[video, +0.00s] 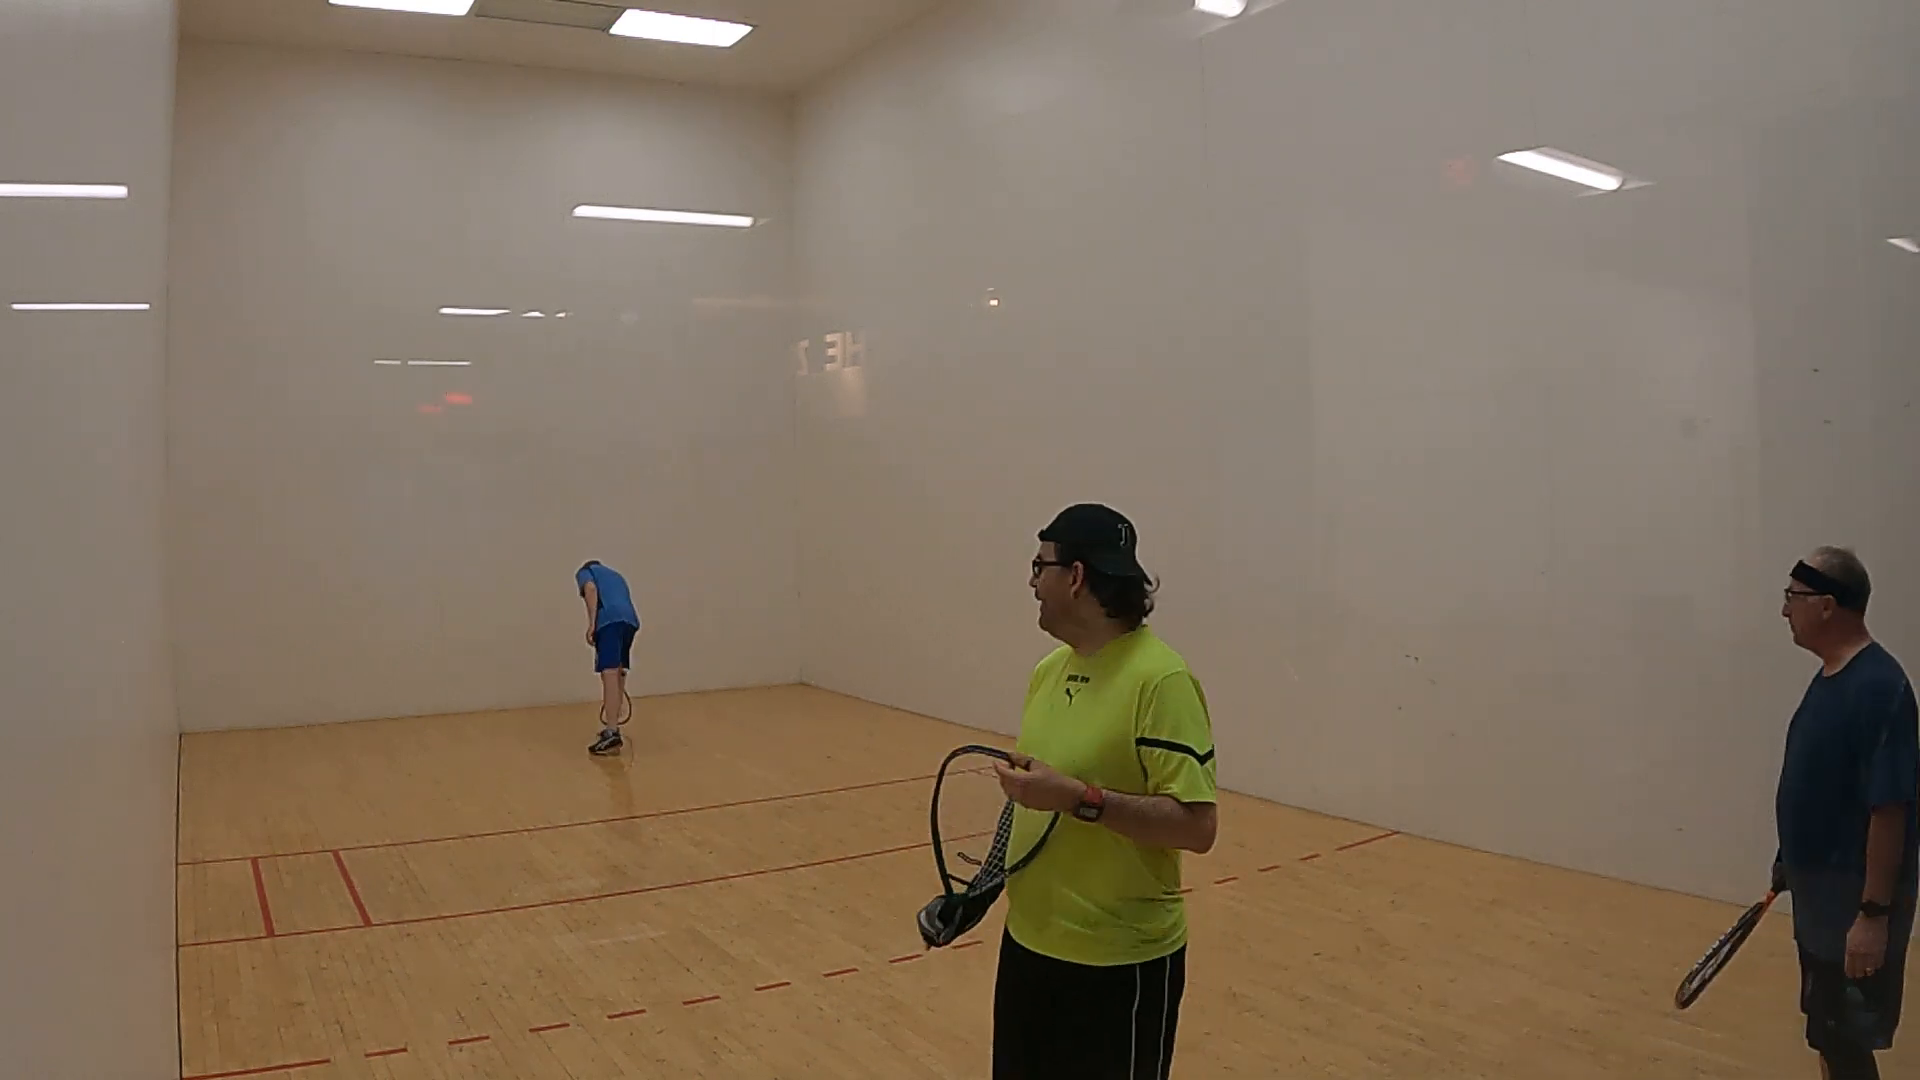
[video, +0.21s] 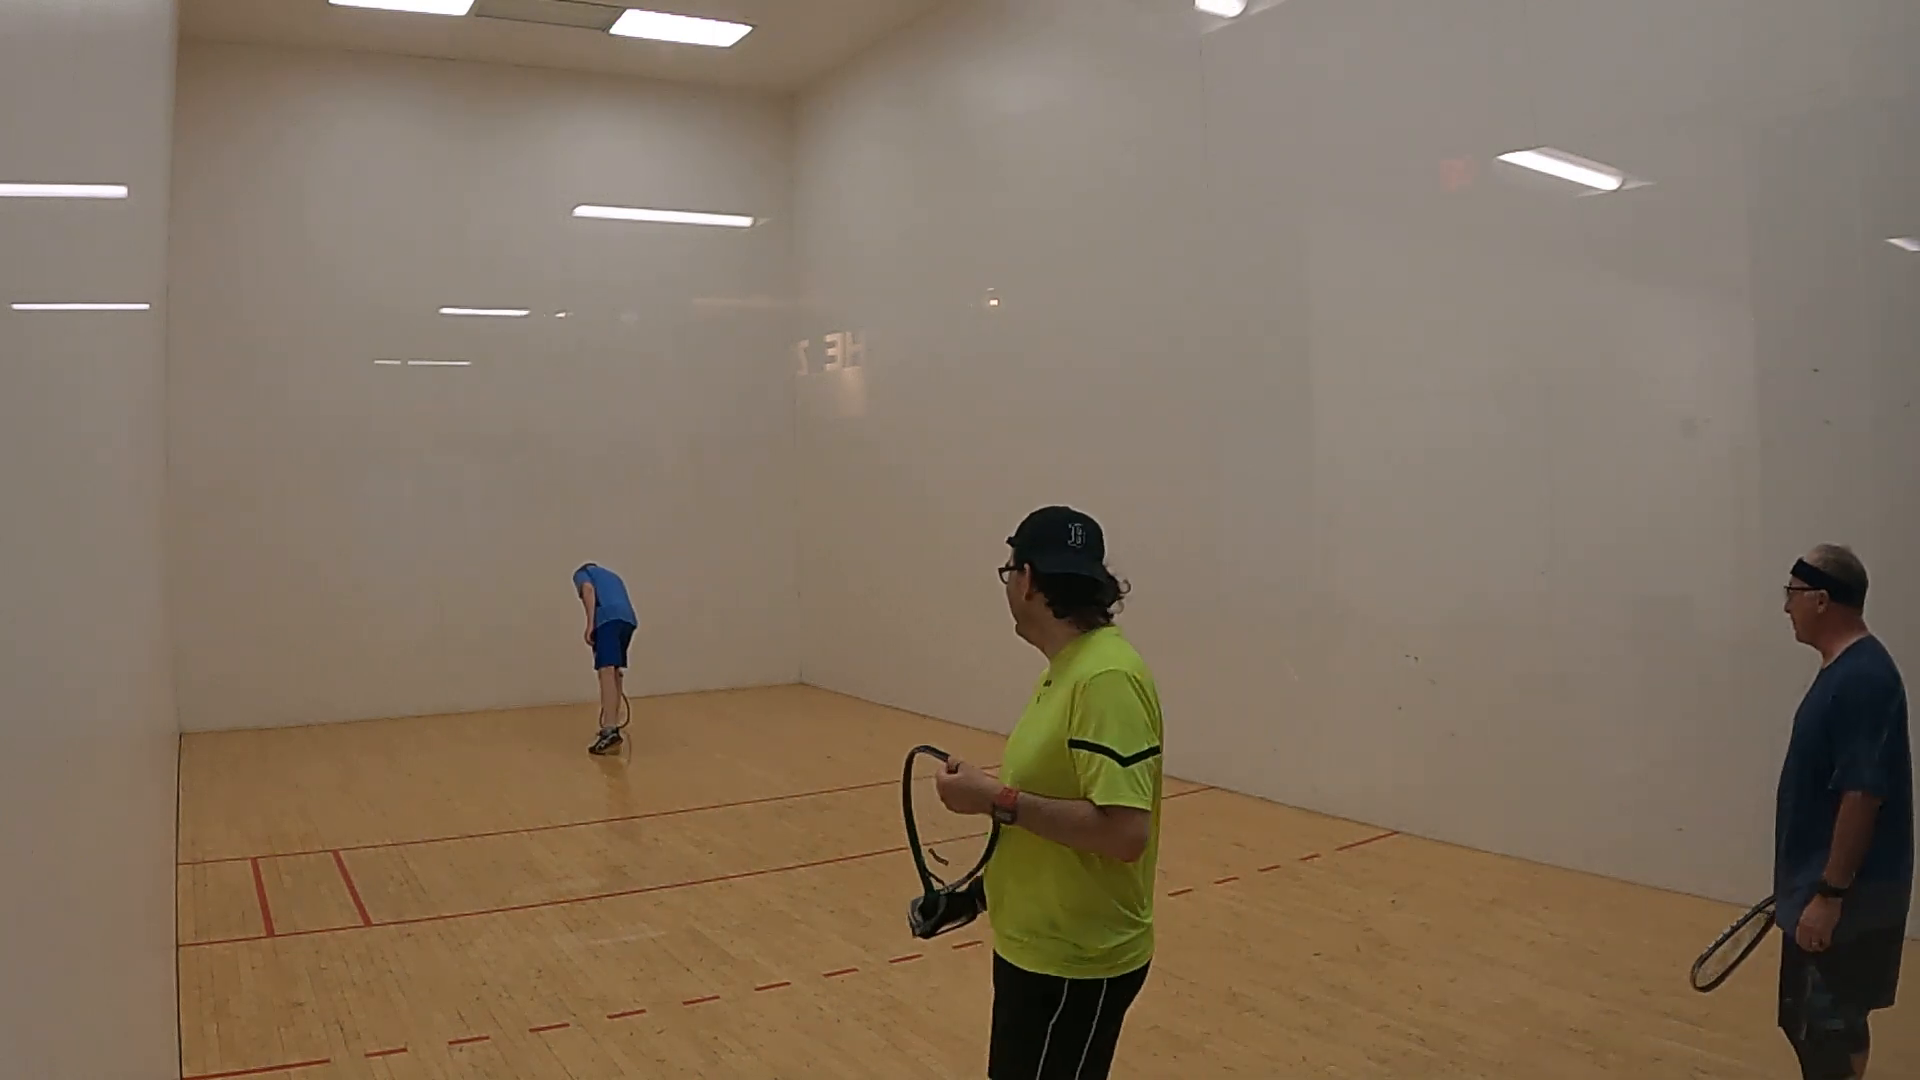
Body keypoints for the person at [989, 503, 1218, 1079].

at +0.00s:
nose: (1031, 583)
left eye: (1040, 567)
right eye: (1035, 567)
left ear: (1076, 578)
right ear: (1076, 578)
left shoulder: (1163, 680)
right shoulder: (1048, 671)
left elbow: (1198, 827)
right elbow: (1028, 811)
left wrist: (1077, 797)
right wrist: (975, 898)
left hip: (1121, 967)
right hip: (1031, 948)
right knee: (1017, 1071)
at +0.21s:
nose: (1006, 591)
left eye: (1008, 574)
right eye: (1007, 575)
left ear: (1028, 581)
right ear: (1084, 581)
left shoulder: (1109, 678)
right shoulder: (1069, 669)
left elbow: (1123, 835)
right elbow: (1051, 813)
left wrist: (998, 798)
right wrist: (976, 893)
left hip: (1074, 965)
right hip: (1041, 950)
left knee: (1048, 1077)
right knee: (1016, 1071)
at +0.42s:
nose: (991, 604)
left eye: (989, 586)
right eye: (990, 587)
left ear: (1004, 589)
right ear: (1070, 584)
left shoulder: (1042, 687)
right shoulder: (1103, 663)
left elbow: (992, 848)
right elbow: (1080, 809)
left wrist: (949, 780)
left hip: (1037, 975)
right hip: (1102, 952)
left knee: (990, 1074)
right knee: (1054, 1071)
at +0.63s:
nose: (969, 605)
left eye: (968, 592)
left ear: (975, 596)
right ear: (1062, 589)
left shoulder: (971, 692)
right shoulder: (1115, 675)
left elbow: (907, 835)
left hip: (1006, 991)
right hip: (1109, 973)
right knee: (1075, 1072)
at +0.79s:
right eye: (1050, 577)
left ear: (957, 602)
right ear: (1048, 588)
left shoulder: (933, 695)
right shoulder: (1107, 678)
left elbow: (895, 838)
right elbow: (1126, 788)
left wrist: (966, 789)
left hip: (988, 1001)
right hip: (1108, 987)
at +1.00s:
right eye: (1065, 578)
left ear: (968, 595)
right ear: (1060, 586)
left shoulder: (929, 696)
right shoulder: (1122, 685)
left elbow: (901, 842)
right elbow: (1137, 824)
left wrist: (975, 792)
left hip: (983, 1014)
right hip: (1112, 1005)